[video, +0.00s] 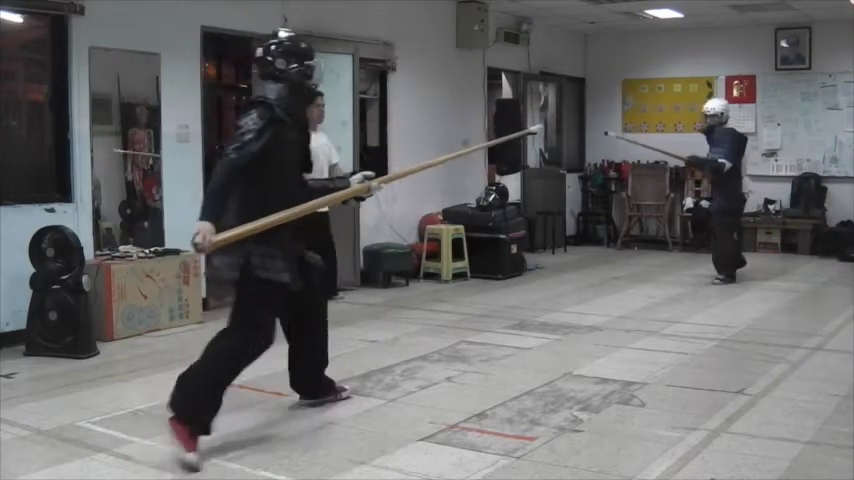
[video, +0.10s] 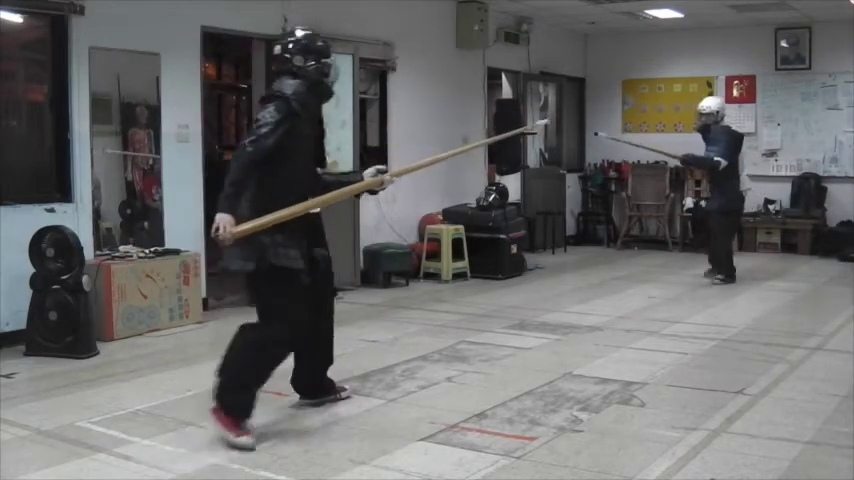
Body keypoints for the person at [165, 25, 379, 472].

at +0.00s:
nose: (311, 79)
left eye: (310, 71)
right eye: (303, 71)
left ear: (288, 75)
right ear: (282, 74)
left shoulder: (292, 120)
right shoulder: (263, 117)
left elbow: (293, 189)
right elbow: (229, 165)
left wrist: (345, 187)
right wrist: (208, 219)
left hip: (288, 241)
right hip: (259, 243)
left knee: (308, 307)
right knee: (251, 332)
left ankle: (311, 382)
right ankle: (187, 410)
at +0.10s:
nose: (326, 68)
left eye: (326, 60)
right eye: (318, 61)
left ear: (316, 64)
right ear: (296, 63)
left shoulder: (309, 109)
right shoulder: (283, 104)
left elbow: (310, 180)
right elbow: (246, 154)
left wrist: (361, 182)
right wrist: (227, 209)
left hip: (304, 226)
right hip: (272, 227)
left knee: (319, 300)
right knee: (283, 319)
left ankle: (313, 384)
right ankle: (230, 407)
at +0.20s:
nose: (339, 67)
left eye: (339, 59)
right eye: (331, 60)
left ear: (319, 64)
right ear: (310, 62)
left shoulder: (319, 109)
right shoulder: (294, 105)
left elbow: (320, 178)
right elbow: (258, 151)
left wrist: (372, 177)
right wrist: (240, 203)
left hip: (300, 226)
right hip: (275, 227)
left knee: (326, 297)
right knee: (302, 306)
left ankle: (315, 383)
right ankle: (280, 400)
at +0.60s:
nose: (378, 75)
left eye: (377, 67)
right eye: (370, 67)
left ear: (353, 71)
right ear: (352, 69)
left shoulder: (354, 114)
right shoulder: (331, 110)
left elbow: (356, 179)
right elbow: (296, 156)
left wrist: (401, 182)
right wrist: (285, 208)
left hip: (338, 228)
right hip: (318, 230)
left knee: (371, 281)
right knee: (355, 305)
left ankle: (347, 377)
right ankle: (333, 390)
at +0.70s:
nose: (387, 76)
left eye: (386, 69)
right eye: (379, 69)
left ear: (362, 73)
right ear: (360, 72)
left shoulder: (369, 113)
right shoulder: (345, 111)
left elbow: (367, 186)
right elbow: (308, 162)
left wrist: (410, 184)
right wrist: (299, 212)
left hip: (348, 228)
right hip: (328, 230)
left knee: (381, 281)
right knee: (362, 314)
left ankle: (376, 355)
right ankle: (332, 392)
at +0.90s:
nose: (414, 91)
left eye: (412, 83)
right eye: (407, 84)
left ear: (387, 87)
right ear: (391, 87)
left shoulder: (394, 129)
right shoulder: (370, 126)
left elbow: (397, 191)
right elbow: (334, 171)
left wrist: (441, 190)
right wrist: (334, 223)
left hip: (375, 235)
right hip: (355, 238)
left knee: (399, 294)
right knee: (377, 323)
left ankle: (420, 349)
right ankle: (333, 392)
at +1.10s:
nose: (445, 104)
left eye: (444, 98)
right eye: (440, 98)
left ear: (416, 99)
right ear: (425, 99)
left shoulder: (425, 136)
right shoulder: (410, 130)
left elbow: (442, 186)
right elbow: (380, 165)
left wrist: (480, 187)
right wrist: (396, 218)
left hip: (390, 233)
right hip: (373, 234)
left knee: (423, 279)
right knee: (385, 308)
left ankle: (427, 352)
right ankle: (335, 384)